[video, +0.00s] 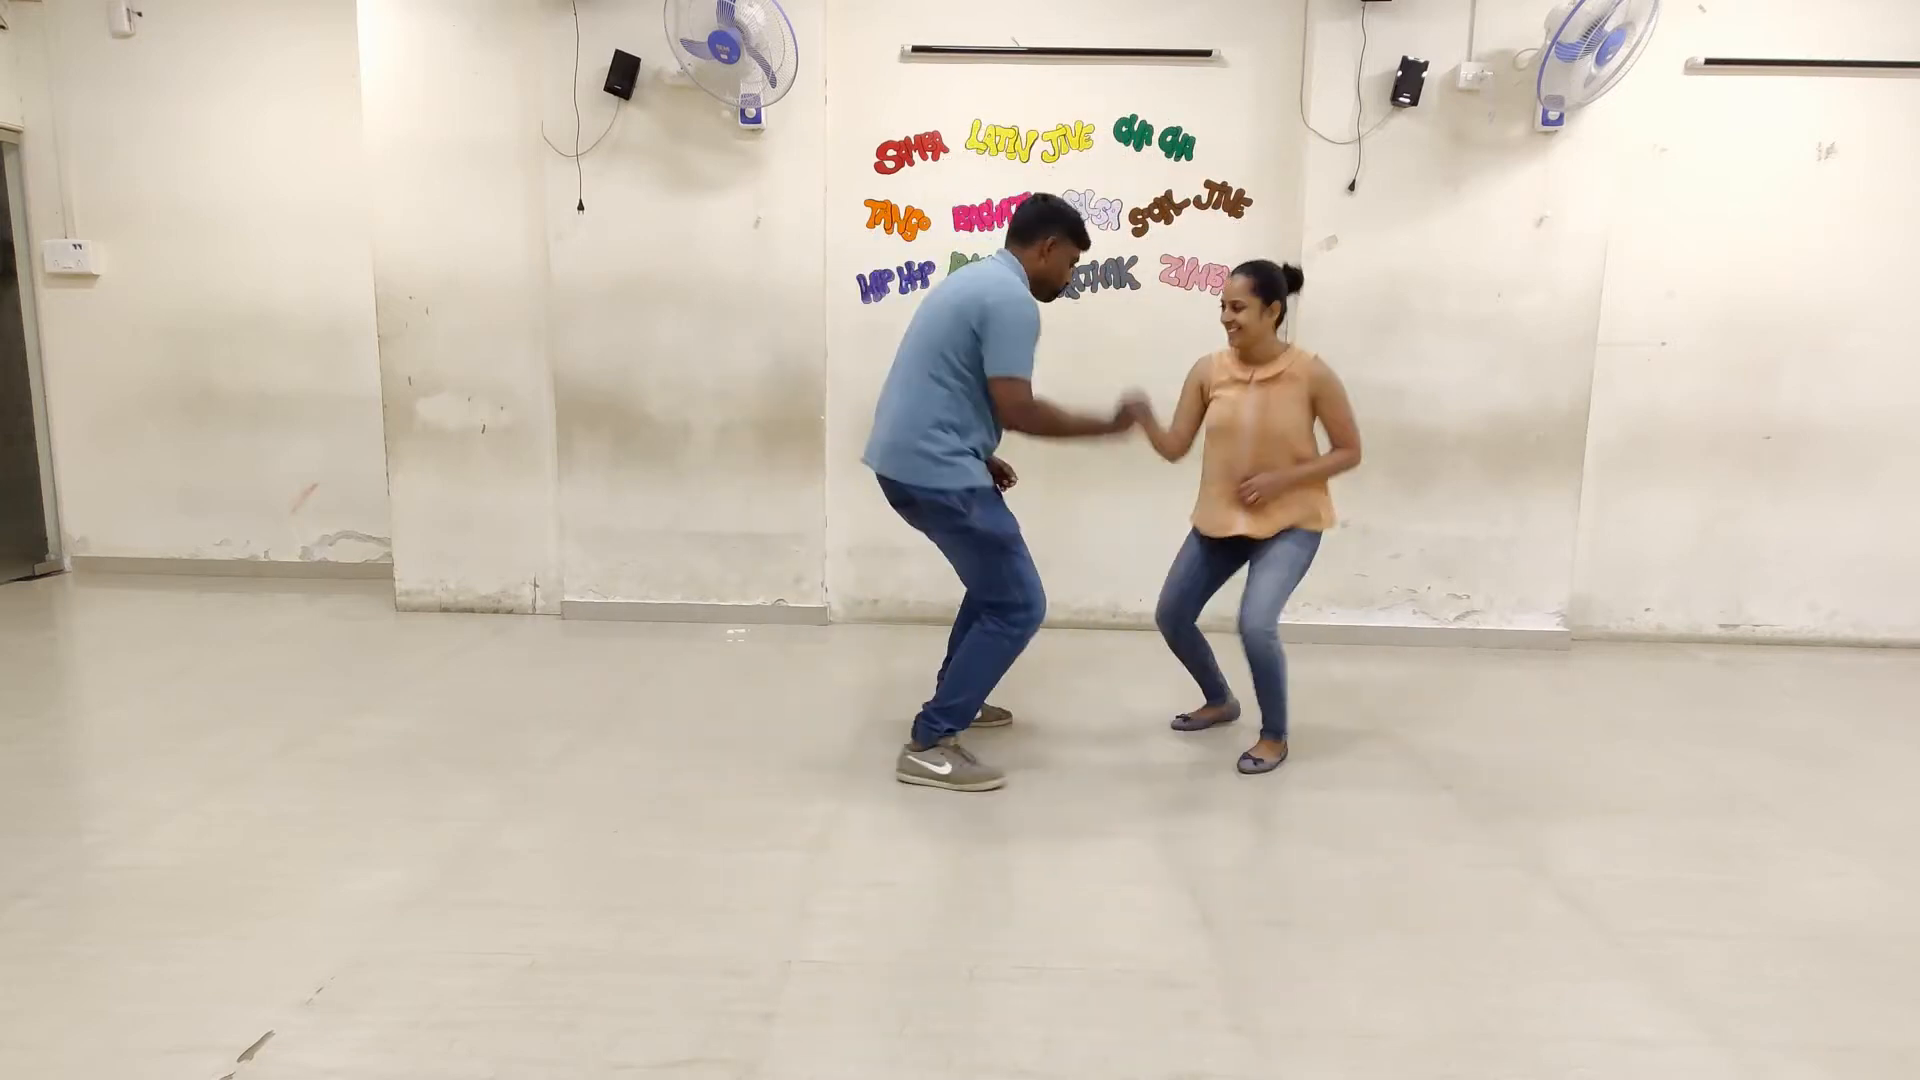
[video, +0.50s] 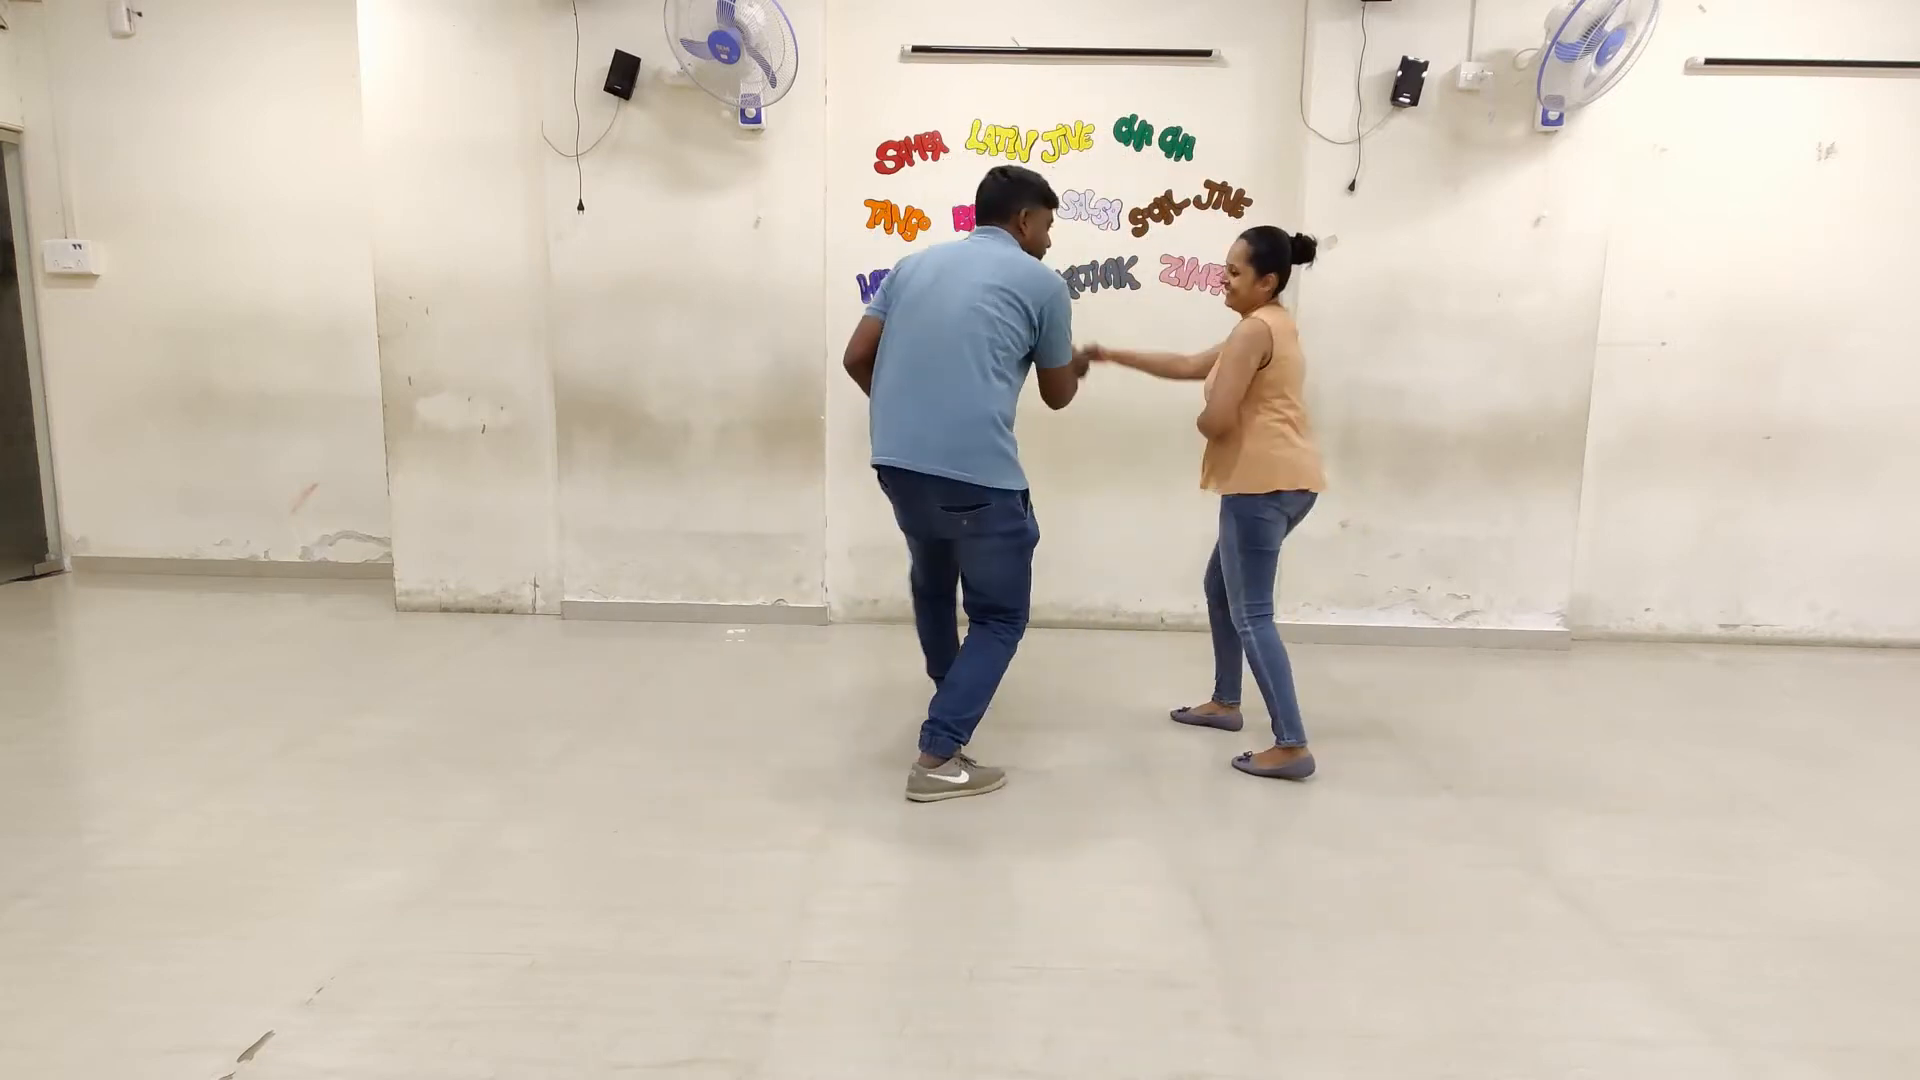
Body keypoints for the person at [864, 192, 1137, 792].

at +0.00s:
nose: (1071, 278)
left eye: (1075, 265)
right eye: (1071, 263)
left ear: (1027, 244)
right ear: (1045, 246)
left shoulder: (972, 280)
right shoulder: (1009, 297)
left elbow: (934, 383)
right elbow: (1014, 411)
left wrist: (979, 453)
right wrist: (1107, 424)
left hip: (908, 459)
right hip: (939, 467)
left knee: (992, 586)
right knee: (1019, 606)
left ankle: (954, 700)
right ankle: (933, 741)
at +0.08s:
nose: (1065, 280)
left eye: (1069, 267)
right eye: (1065, 265)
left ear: (1015, 248)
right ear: (1037, 250)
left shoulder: (942, 283)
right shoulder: (1028, 314)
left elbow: (918, 377)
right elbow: (1039, 435)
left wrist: (974, 445)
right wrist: (1095, 485)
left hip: (890, 465)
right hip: (949, 477)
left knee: (983, 567)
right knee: (1022, 614)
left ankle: (966, 693)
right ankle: (932, 743)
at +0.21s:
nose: (1060, 266)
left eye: (1062, 252)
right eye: (1059, 251)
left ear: (1004, 234)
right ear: (1033, 237)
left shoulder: (922, 273)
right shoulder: (1038, 302)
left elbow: (867, 367)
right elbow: (1064, 415)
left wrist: (933, 398)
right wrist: (1105, 413)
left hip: (887, 462)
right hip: (963, 472)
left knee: (934, 561)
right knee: (1006, 619)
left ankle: (959, 687)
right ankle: (933, 755)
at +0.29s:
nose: (1056, 254)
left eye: (1057, 240)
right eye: (1054, 239)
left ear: (997, 226)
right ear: (1029, 229)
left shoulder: (918, 269)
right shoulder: (1039, 294)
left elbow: (862, 361)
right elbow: (1067, 401)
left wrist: (905, 412)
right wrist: (1096, 393)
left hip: (890, 460)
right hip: (968, 472)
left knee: (925, 582)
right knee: (1002, 620)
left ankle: (948, 707)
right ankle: (934, 755)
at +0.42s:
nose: (1050, 242)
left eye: (1051, 228)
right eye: (1047, 227)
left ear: (987, 220)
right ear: (1022, 220)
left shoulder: (915, 264)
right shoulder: (1039, 288)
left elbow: (857, 360)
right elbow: (1061, 394)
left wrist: (898, 410)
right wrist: (1088, 382)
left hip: (894, 461)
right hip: (975, 468)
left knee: (923, 580)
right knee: (999, 620)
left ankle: (945, 708)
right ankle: (937, 757)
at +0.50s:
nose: (1050, 236)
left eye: (1050, 223)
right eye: (1046, 222)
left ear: (985, 216)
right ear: (1021, 217)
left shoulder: (916, 263)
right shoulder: (1042, 283)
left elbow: (858, 357)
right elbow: (1057, 393)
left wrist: (902, 405)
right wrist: (1078, 361)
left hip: (897, 459)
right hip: (977, 466)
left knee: (932, 572)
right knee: (998, 618)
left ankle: (947, 701)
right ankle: (939, 756)